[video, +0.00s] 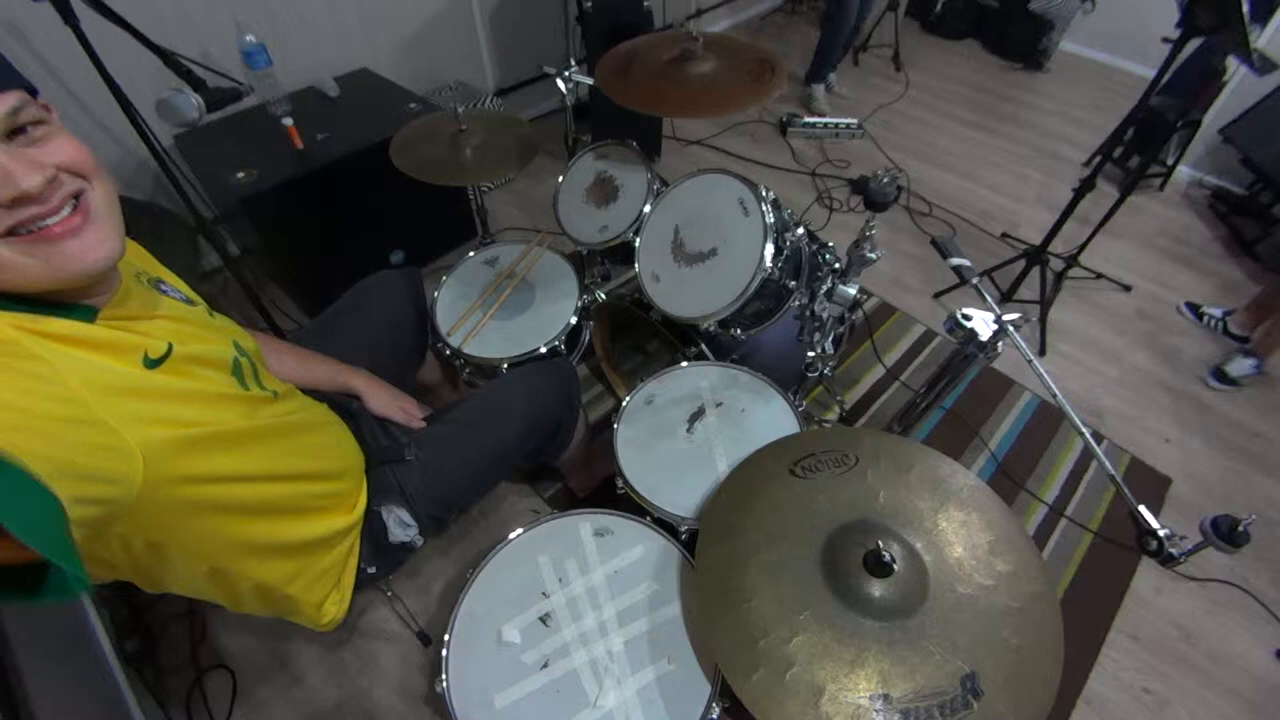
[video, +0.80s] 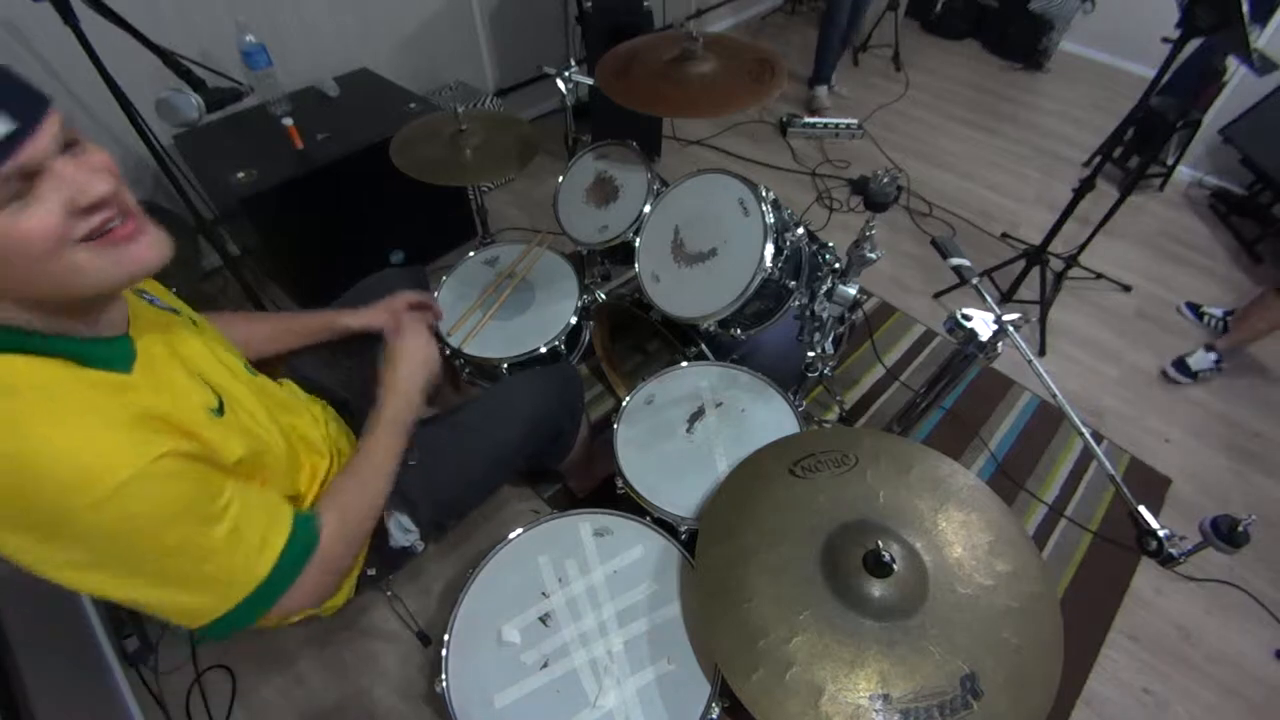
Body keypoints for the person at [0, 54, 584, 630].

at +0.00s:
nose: (29, 179)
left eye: (25, 128)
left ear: (67, 129)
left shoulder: (104, 262)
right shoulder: (37, 434)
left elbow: (227, 347)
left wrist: (357, 382)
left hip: (287, 406)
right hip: (350, 517)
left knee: (404, 290)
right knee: (550, 381)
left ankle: (413, 408)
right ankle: (575, 471)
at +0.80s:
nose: (93, 183)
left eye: (71, 144)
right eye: (23, 188)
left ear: (85, 135)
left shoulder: (84, 291)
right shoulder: (84, 473)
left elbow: (195, 338)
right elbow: (306, 578)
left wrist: (355, 320)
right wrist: (403, 397)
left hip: (276, 405)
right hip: (341, 529)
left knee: (400, 288)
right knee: (551, 385)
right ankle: (581, 475)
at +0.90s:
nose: (135, 170)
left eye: (113, 137)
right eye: (74, 175)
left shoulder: (75, 289)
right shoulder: (96, 451)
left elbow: (192, 341)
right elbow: (343, 527)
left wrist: (352, 312)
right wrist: (365, 317)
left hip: (268, 404)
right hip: (341, 530)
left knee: (395, 328)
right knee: (550, 383)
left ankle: (427, 403)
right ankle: (575, 467)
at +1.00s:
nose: (173, 168)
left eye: (153, 139)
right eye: (118, 165)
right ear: (12, 226)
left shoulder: (73, 272)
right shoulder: (117, 422)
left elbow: (201, 339)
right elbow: (384, 467)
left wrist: (352, 318)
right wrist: (332, 267)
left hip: (267, 408)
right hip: (337, 526)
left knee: (394, 331)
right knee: (553, 384)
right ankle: (575, 473)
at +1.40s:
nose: (247, 149)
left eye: (236, 123)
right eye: (210, 138)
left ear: (96, 171)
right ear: (99, 170)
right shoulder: (175, 359)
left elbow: (230, 330)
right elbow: (415, 423)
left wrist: (372, 322)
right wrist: (362, 237)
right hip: (338, 527)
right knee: (556, 373)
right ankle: (580, 472)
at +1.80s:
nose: (299, 173)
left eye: (294, 153)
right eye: (282, 156)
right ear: (195, 163)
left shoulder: (40, 221)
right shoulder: (215, 351)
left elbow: (217, 331)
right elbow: (411, 439)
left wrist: (371, 325)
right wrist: (396, 256)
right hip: (339, 531)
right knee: (553, 366)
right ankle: (576, 469)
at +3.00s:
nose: (285, 163)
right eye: (286, 150)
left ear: (125, 119)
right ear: (271, 174)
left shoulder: (35, 231)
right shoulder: (202, 356)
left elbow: (187, 334)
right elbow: (434, 442)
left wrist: (340, 318)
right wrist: (436, 234)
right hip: (338, 533)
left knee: (437, 313)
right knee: (556, 367)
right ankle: (582, 473)